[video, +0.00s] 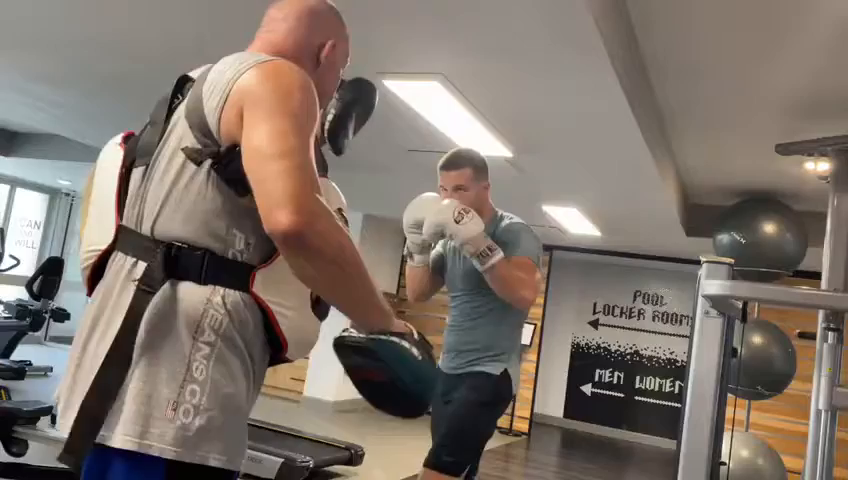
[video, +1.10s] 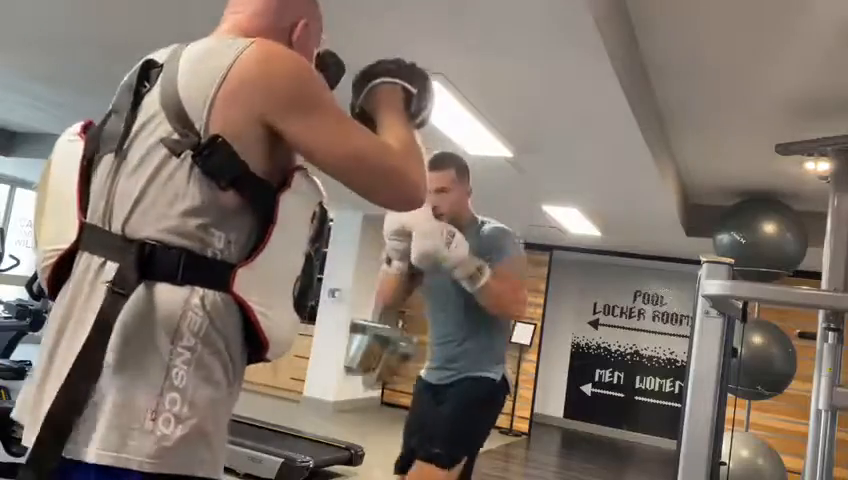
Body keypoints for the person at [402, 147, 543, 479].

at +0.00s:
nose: (451, 199)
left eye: (460, 189)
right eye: (444, 191)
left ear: (485, 189)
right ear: (438, 191)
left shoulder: (515, 233)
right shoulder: (450, 241)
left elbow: (523, 295)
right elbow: (417, 293)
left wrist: (478, 243)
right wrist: (417, 245)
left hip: (490, 372)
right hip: (450, 368)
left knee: (438, 471)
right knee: (456, 471)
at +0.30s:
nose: (445, 195)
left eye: (455, 185)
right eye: (439, 185)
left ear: (479, 185)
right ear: (433, 186)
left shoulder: (507, 233)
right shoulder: (438, 232)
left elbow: (541, 303)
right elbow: (396, 285)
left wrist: (484, 266)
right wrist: (404, 235)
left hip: (480, 373)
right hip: (439, 369)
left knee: (438, 471)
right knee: (441, 470)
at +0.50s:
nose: (408, 185)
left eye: (419, 173)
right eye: (404, 175)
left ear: (448, 172)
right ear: (401, 175)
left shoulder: (486, 217)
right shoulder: (438, 241)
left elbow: (453, 216)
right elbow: (398, 284)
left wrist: (409, 201)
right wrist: (396, 231)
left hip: (468, 370)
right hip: (447, 367)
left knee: (405, 471)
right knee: (441, 472)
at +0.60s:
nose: (413, 181)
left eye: (419, 172)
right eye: (408, 173)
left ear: (446, 170)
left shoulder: (473, 217)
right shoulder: (443, 235)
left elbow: (434, 185)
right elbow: (411, 280)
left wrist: (367, 172)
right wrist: (396, 230)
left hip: (469, 375)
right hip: (455, 373)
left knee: (408, 471)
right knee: (448, 472)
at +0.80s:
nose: (415, 183)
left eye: (424, 172)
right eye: (411, 175)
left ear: (447, 172)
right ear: (407, 176)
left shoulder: (480, 217)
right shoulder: (437, 227)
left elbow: (491, 262)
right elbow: (401, 283)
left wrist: (430, 244)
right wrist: (400, 246)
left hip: (472, 375)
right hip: (452, 372)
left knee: (418, 472)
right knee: (446, 474)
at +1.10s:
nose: (432, 203)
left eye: (442, 191)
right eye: (427, 193)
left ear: (468, 192)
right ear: (422, 194)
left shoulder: (496, 238)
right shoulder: (426, 238)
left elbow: (515, 306)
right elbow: (386, 300)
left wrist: (466, 267)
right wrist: (396, 256)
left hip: (480, 379)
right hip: (434, 376)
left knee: (429, 470)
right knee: (413, 469)